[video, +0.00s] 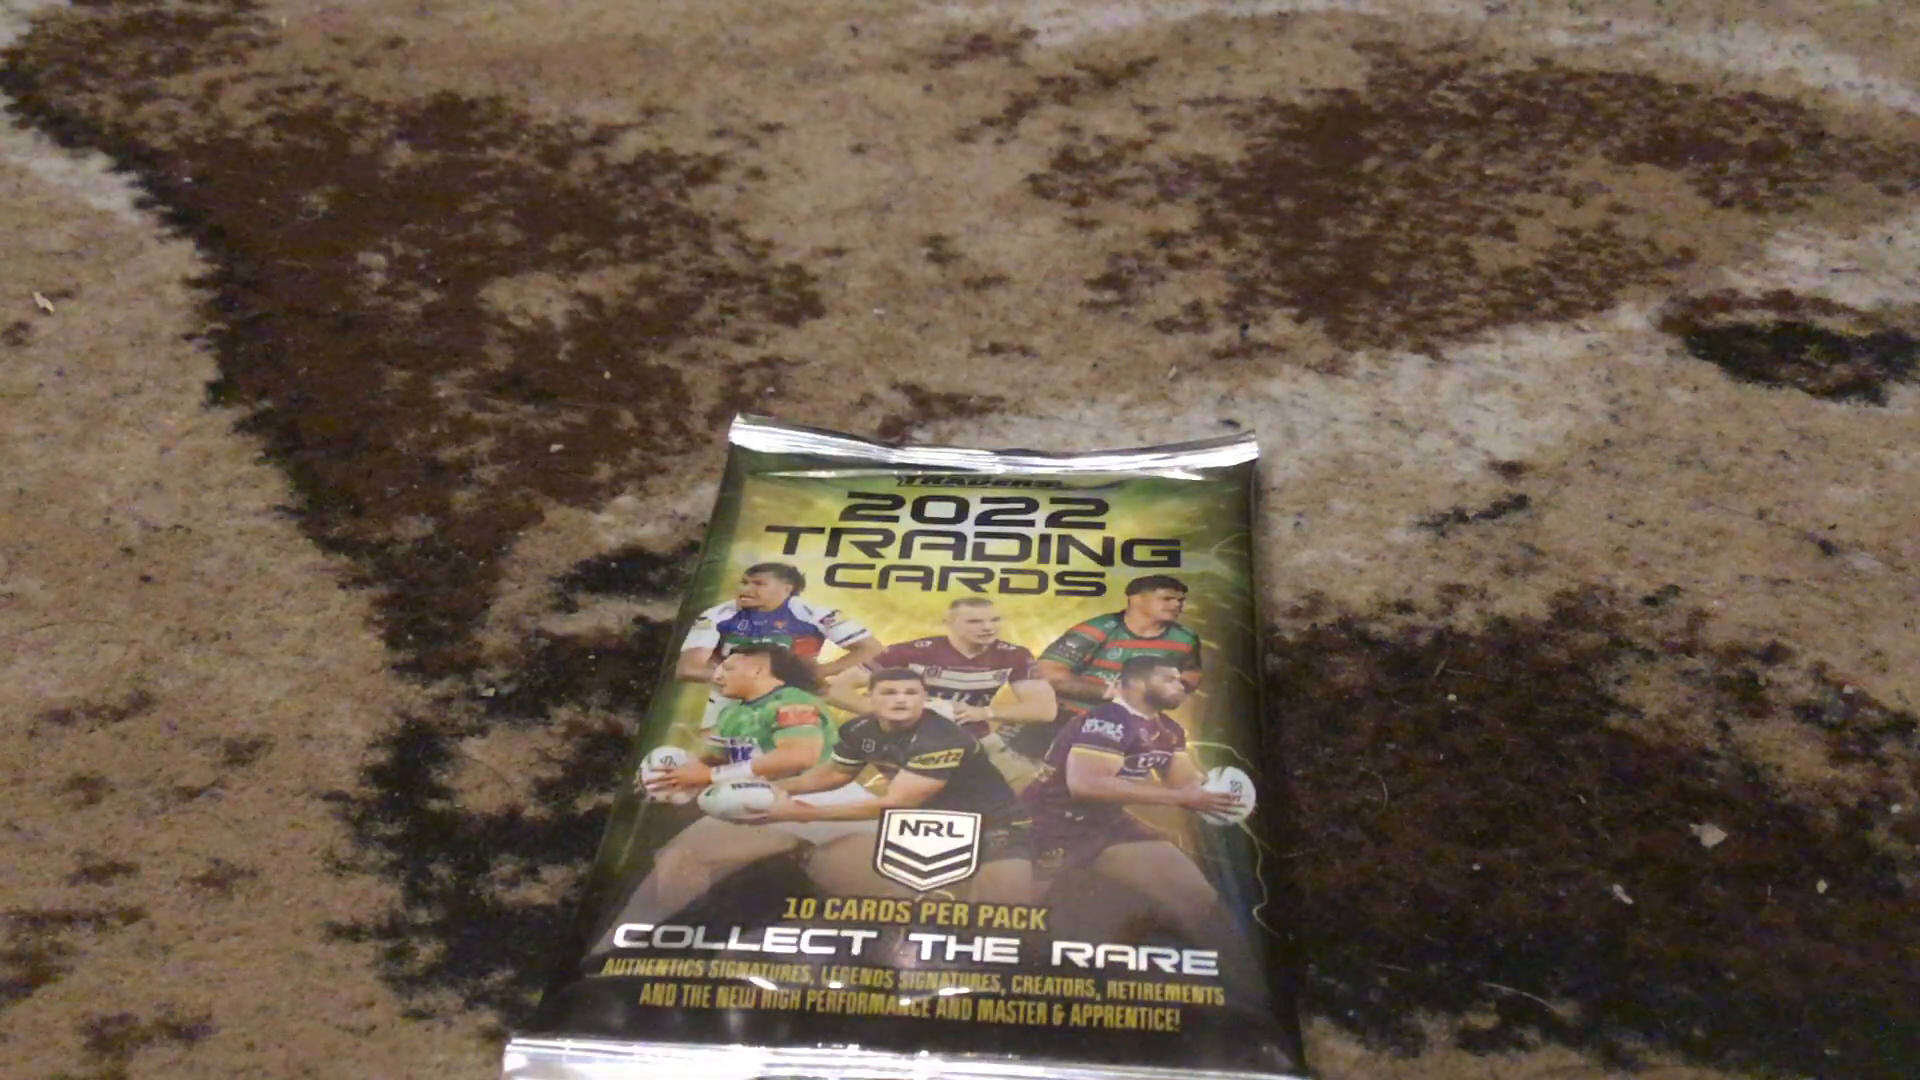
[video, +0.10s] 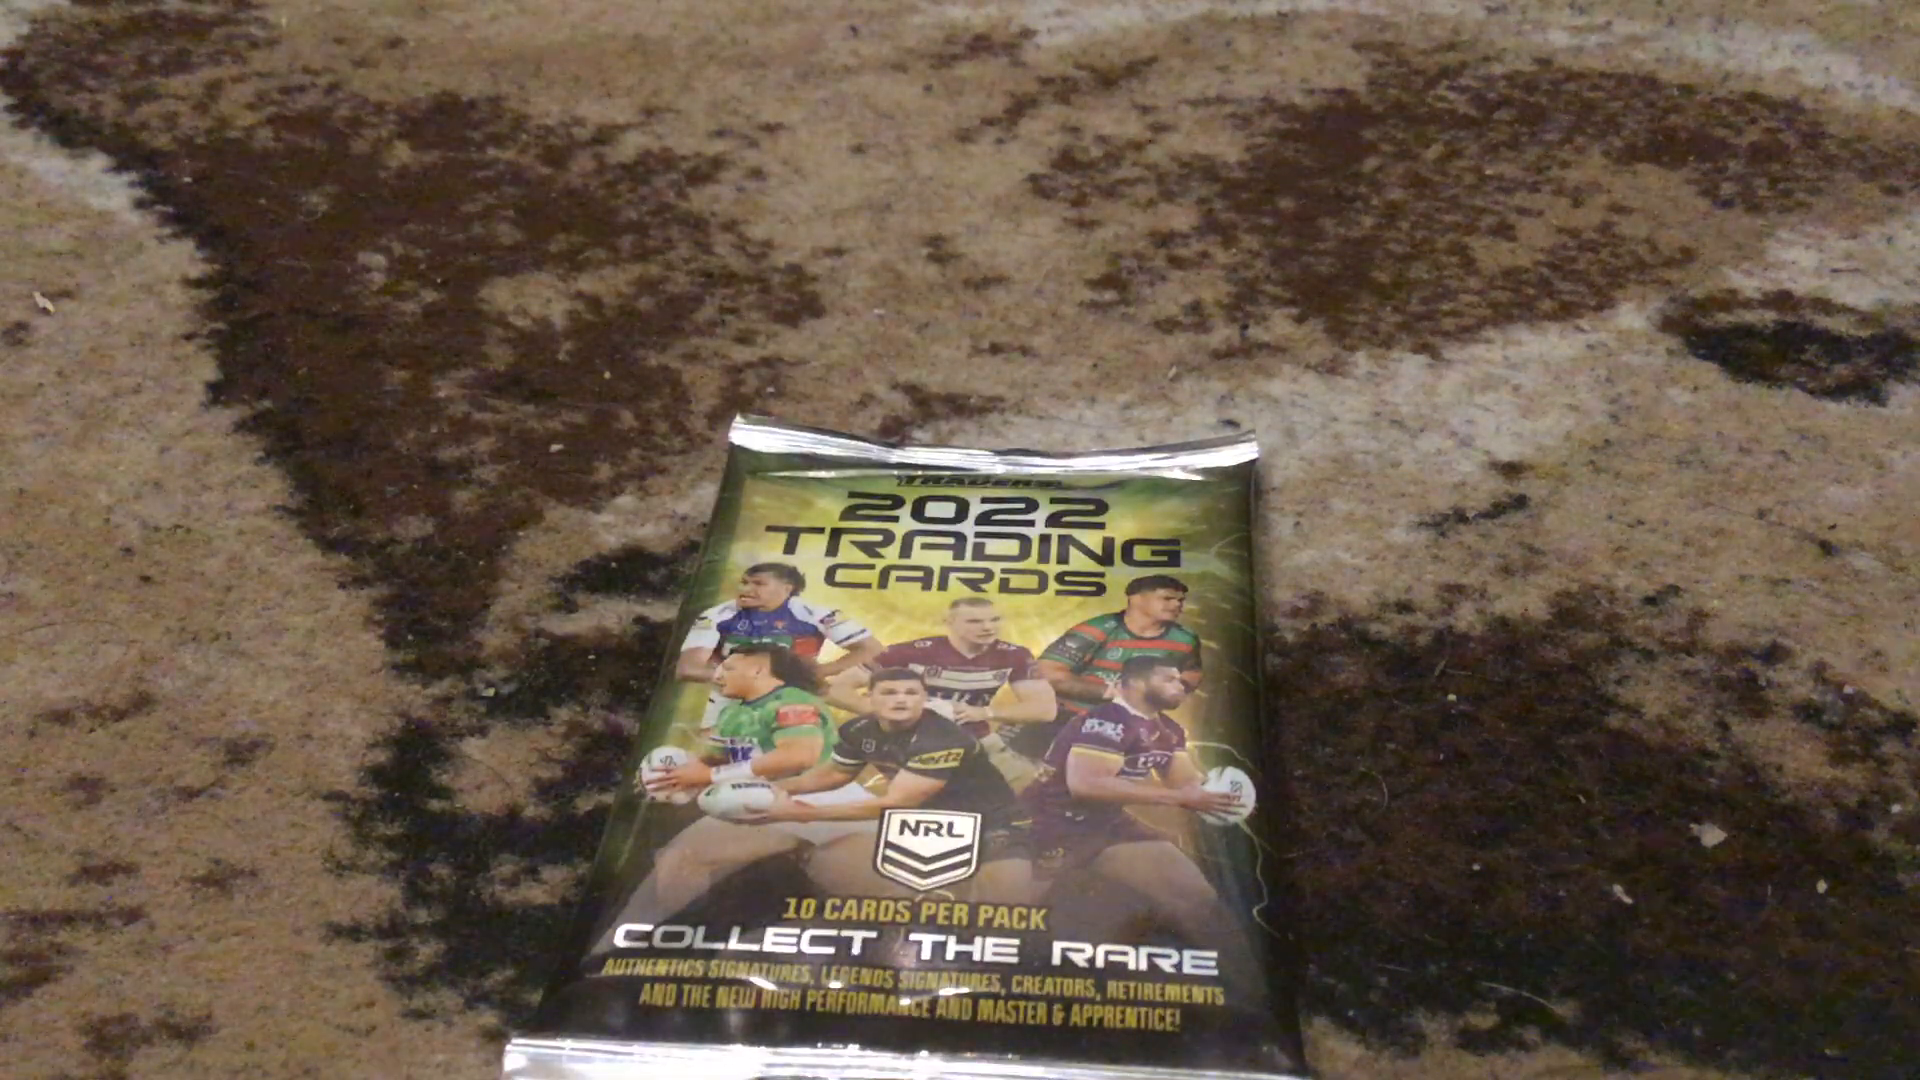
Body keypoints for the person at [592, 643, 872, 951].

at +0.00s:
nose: (721, 668)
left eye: (731, 661)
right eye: (723, 662)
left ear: (762, 664)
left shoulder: (794, 701)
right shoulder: (732, 714)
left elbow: (802, 755)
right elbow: (715, 764)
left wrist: (712, 776)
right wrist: (668, 779)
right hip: (750, 817)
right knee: (671, 863)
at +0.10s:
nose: (720, 670)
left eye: (729, 661)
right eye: (722, 662)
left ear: (760, 663)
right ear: (757, 664)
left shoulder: (794, 701)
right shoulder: (733, 714)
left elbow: (801, 755)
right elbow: (715, 763)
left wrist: (712, 776)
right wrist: (670, 780)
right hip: (752, 817)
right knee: (672, 864)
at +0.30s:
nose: (720, 671)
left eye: (729, 662)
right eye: (722, 664)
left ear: (760, 664)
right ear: (756, 666)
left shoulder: (794, 702)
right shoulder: (734, 713)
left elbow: (801, 755)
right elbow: (711, 760)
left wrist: (711, 775)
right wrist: (668, 778)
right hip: (748, 815)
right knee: (672, 863)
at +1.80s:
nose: (720, 669)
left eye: (729, 662)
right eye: (722, 662)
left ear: (761, 665)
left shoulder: (793, 700)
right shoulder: (732, 714)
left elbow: (802, 754)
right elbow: (714, 763)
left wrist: (711, 775)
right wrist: (668, 779)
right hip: (752, 814)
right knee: (674, 863)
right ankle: (614, 950)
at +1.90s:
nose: (719, 669)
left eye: (729, 662)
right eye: (721, 662)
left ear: (761, 665)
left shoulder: (793, 701)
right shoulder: (733, 714)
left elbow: (801, 754)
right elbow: (713, 762)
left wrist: (711, 775)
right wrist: (667, 779)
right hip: (758, 814)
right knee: (678, 862)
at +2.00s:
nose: (719, 668)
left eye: (730, 660)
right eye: (722, 661)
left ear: (762, 662)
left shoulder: (793, 701)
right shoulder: (731, 712)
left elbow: (802, 754)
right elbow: (716, 763)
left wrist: (712, 775)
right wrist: (675, 778)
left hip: (783, 818)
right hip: (737, 816)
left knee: (685, 860)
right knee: (669, 862)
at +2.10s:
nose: (719, 670)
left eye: (729, 661)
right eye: (721, 662)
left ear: (763, 661)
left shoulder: (793, 700)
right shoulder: (731, 712)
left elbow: (802, 754)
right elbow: (715, 763)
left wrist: (712, 775)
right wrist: (676, 781)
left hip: (782, 814)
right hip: (736, 814)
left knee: (682, 861)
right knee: (670, 861)